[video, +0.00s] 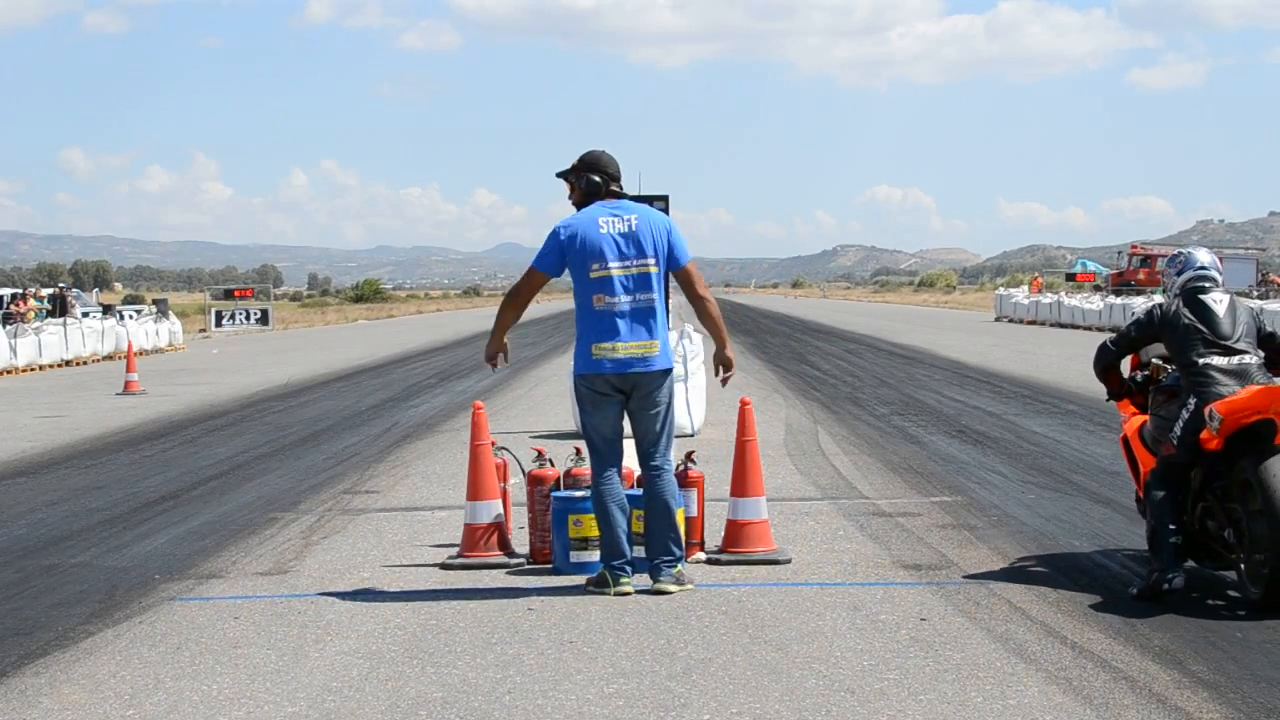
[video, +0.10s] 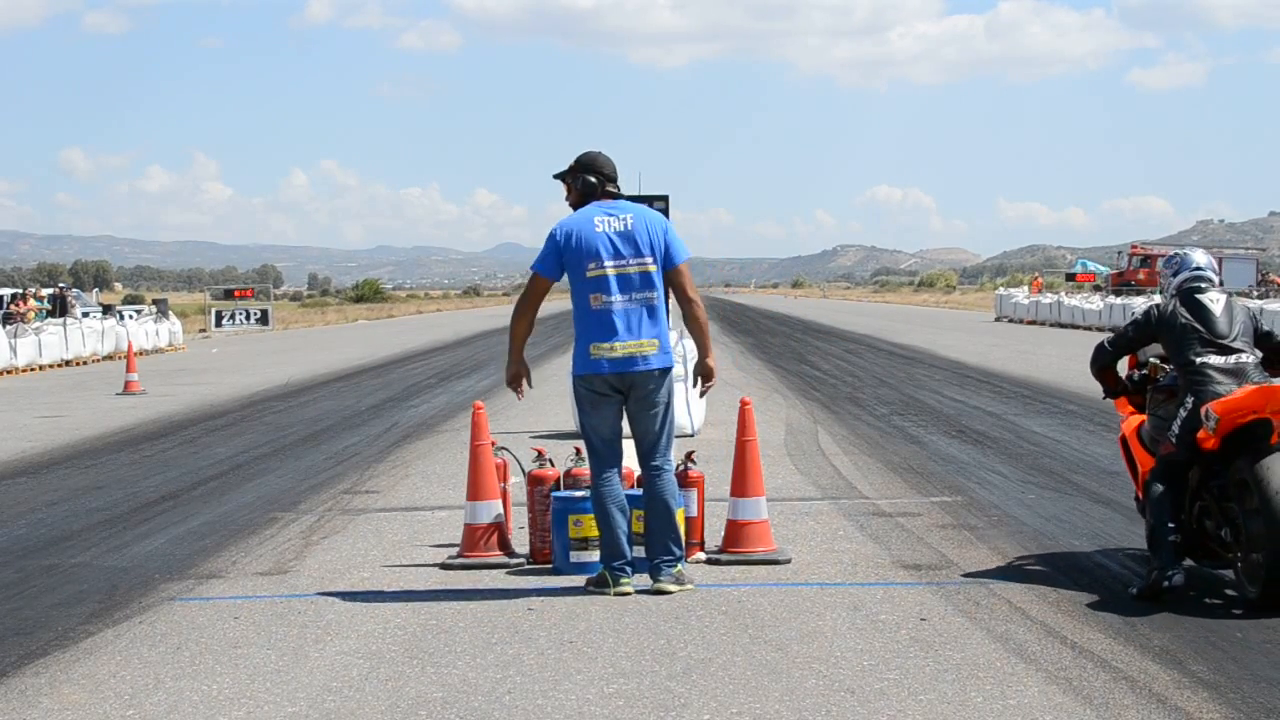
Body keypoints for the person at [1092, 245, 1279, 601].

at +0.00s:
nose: (1167, 282)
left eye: (1169, 275)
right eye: (1169, 275)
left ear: (1176, 275)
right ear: (1217, 274)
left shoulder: (1166, 310)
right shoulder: (1247, 308)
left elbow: (1105, 355)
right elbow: (1275, 344)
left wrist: (1119, 389)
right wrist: (1267, 369)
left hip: (1209, 401)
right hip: (1261, 392)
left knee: (1162, 480)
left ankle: (1165, 570)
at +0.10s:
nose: (1164, 283)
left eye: (1165, 277)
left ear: (1172, 276)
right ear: (1214, 275)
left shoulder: (1163, 311)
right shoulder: (1244, 309)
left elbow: (1101, 356)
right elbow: (1275, 346)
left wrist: (1116, 387)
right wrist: (1264, 370)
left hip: (1206, 401)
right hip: (1258, 392)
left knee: (1162, 477)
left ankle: (1164, 568)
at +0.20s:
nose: (1163, 284)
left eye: (1164, 278)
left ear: (1170, 278)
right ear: (1213, 276)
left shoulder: (1161, 311)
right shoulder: (1241, 308)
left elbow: (1099, 356)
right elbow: (1275, 345)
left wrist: (1112, 384)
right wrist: (1263, 369)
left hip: (1203, 397)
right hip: (1255, 390)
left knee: (1160, 476)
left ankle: (1164, 564)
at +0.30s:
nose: (1162, 284)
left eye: (1163, 278)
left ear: (1168, 278)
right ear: (1212, 276)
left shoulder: (1159, 312)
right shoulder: (1241, 309)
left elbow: (1100, 354)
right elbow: (1274, 346)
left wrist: (1108, 380)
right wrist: (1262, 374)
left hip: (1200, 399)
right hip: (1253, 391)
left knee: (1158, 476)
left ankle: (1163, 560)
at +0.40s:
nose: (1163, 283)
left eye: (1164, 277)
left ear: (1169, 278)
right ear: (1213, 276)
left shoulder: (1158, 312)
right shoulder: (1238, 310)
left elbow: (1101, 354)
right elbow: (1271, 344)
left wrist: (1109, 380)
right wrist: (1253, 370)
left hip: (1199, 399)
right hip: (1251, 391)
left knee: (1158, 477)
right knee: (1267, 464)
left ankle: (1164, 559)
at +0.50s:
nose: (1162, 286)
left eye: (1164, 280)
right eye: (1163, 280)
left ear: (1172, 279)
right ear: (1212, 276)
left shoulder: (1162, 311)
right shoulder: (1241, 311)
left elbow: (1107, 351)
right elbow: (1250, 350)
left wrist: (1111, 380)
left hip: (1199, 402)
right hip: (1244, 400)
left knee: (1149, 478)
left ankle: (1165, 546)